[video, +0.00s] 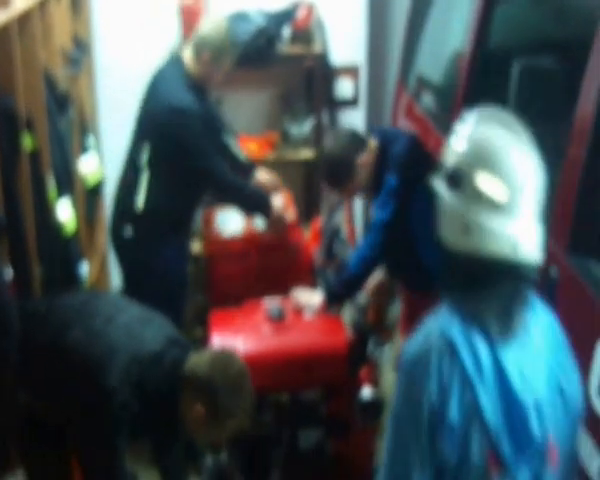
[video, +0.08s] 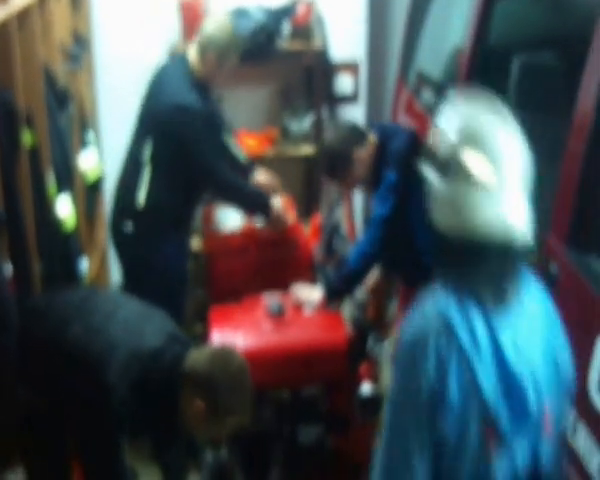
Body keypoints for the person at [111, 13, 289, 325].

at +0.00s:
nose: (225, 78)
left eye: (229, 70)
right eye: (224, 69)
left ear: (203, 54)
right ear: (205, 59)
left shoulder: (180, 77)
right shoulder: (181, 105)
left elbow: (215, 141)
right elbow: (213, 175)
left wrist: (250, 173)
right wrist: (264, 204)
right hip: (150, 230)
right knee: (161, 322)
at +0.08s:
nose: (230, 75)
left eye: (233, 67)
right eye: (230, 66)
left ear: (206, 51)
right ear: (213, 59)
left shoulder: (178, 75)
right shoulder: (186, 105)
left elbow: (214, 141)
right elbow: (214, 175)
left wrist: (249, 172)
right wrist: (264, 205)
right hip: (152, 227)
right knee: (162, 320)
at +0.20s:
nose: (234, 71)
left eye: (236, 62)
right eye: (233, 62)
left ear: (208, 46)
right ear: (218, 55)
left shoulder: (181, 68)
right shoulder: (187, 100)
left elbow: (211, 137)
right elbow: (212, 174)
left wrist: (245, 172)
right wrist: (262, 209)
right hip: (154, 220)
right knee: (165, 311)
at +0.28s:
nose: (236, 67)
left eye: (238, 58)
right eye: (235, 58)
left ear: (211, 43)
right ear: (220, 52)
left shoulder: (183, 65)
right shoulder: (186, 94)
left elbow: (207, 138)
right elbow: (210, 170)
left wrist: (241, 169)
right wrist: (261, 206)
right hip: (154, 215)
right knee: (166, 305)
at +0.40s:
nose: (238, 62)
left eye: (240, 54)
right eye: (237, 54)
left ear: (212, 37)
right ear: (221, 46)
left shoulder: (184, 60)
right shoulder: (186, 87)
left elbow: (204, 135)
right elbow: (208, 164)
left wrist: (239, 163)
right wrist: (259, 200)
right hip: (155, 209)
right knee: (168, 300)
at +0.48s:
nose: (240, 57)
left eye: (242, 48)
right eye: (239, 48)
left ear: (215, 33)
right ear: (222, 40)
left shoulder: (186, 56)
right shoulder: (186, 81)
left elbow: (208, 130)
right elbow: (207, 158)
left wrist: (242, 159)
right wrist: (254, 193)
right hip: (154, 203)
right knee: (171, 292)